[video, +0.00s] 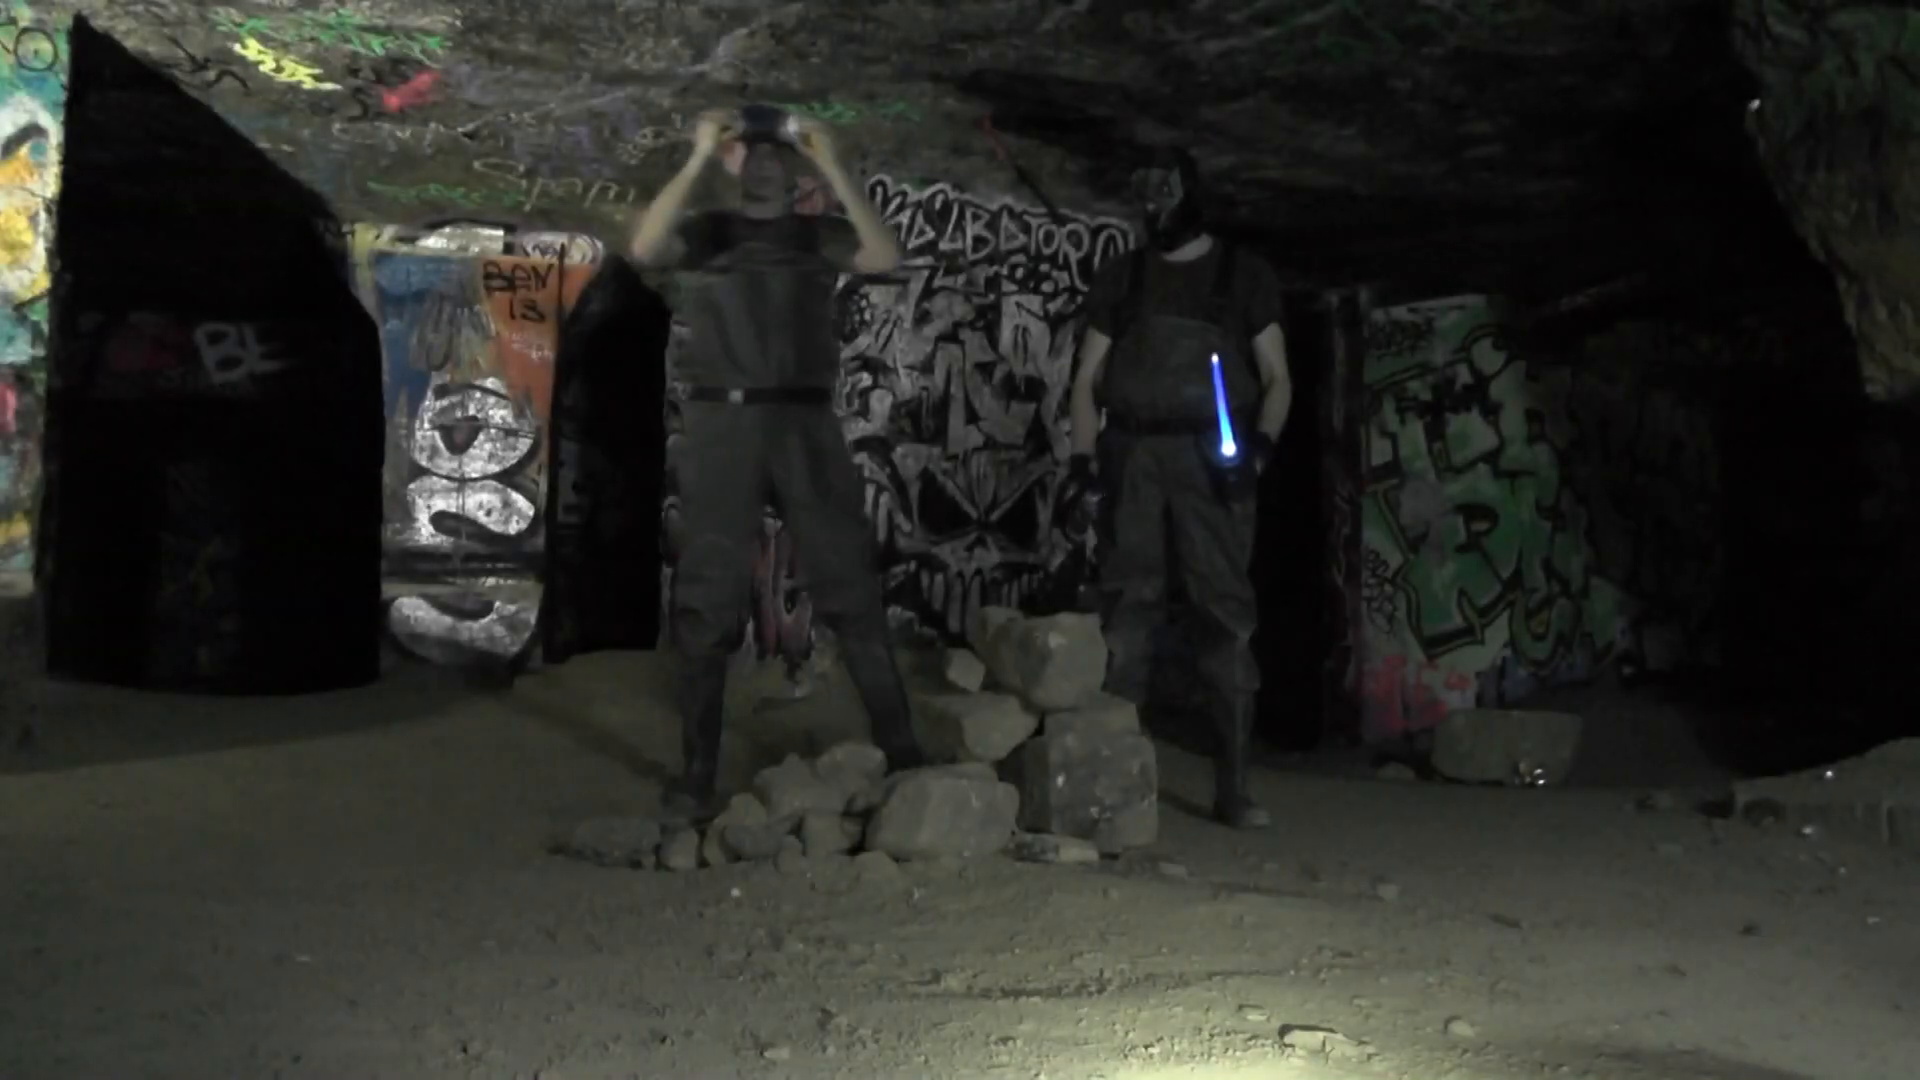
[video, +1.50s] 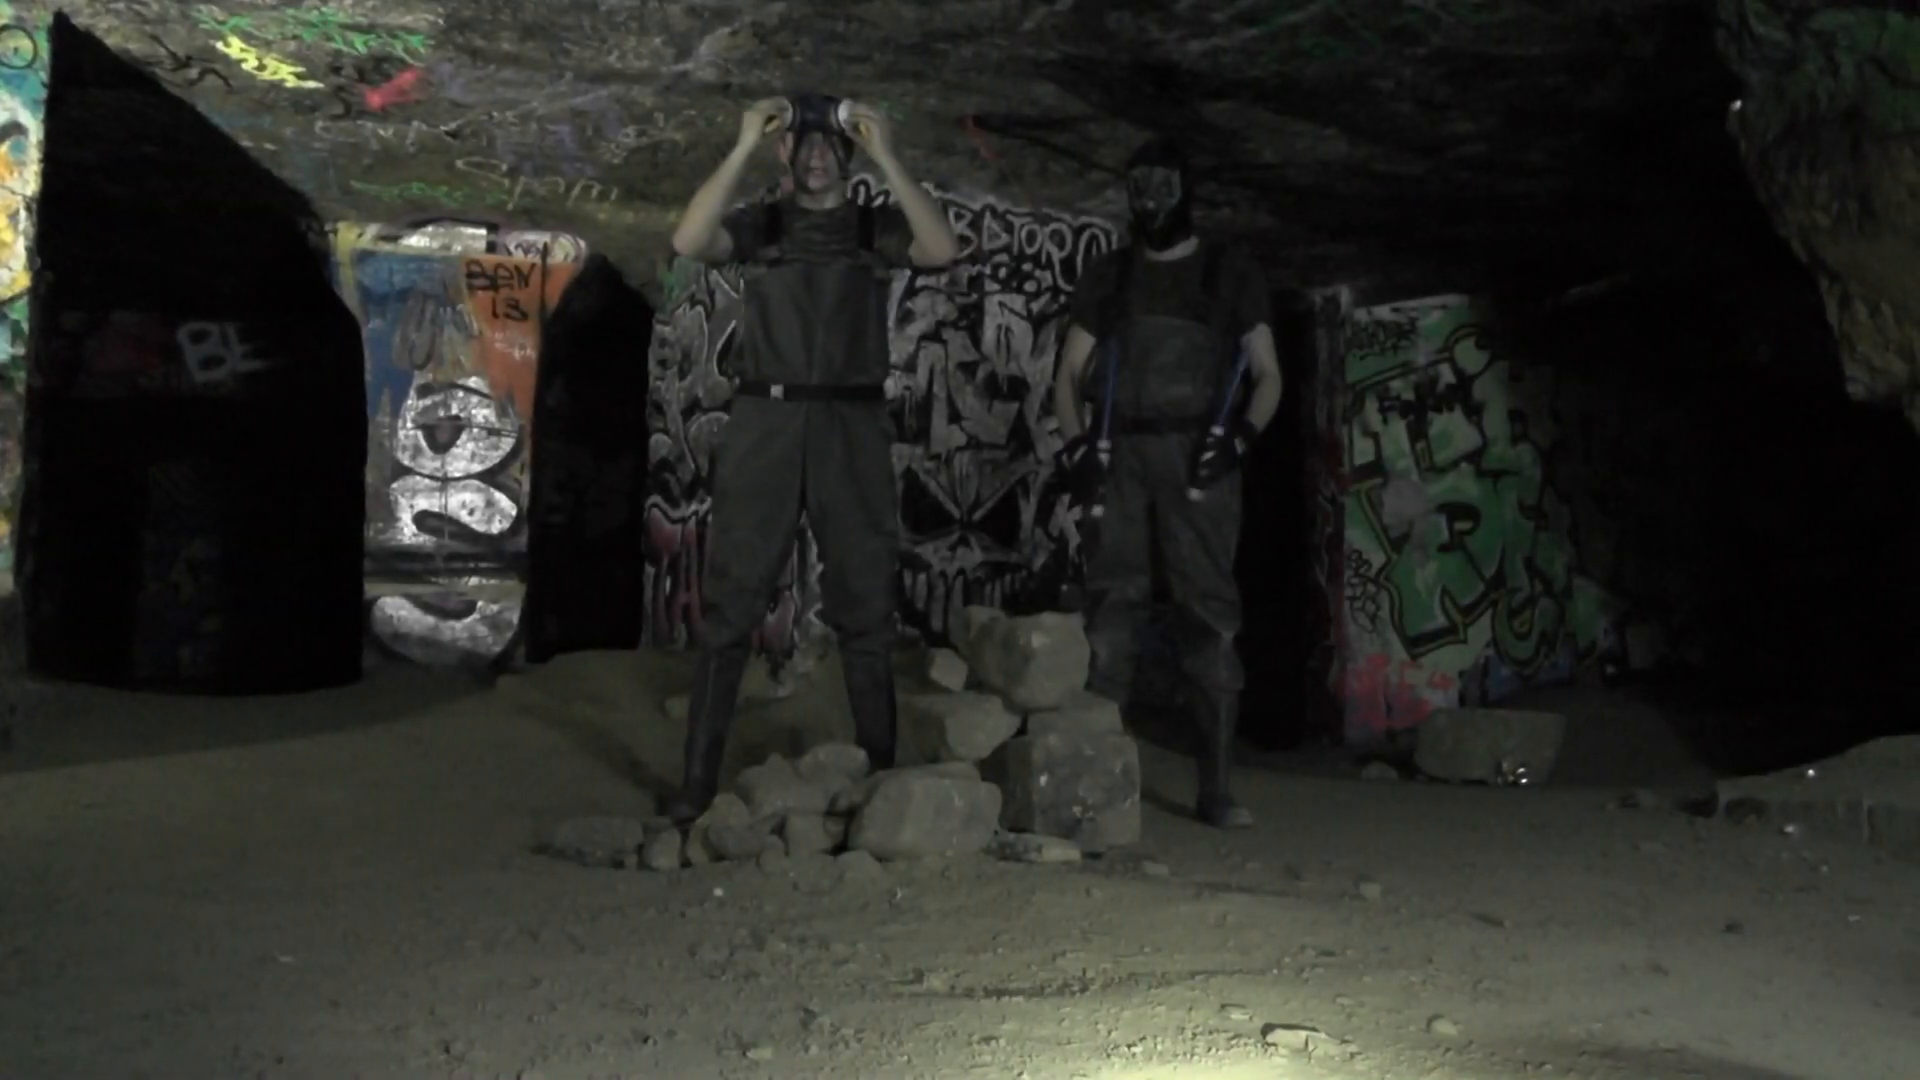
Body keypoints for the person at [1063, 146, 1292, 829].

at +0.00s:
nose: (1152, 203)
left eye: (1163, 190)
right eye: (1145, 192)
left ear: (1192, 195)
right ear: (1137, 200)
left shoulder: (1239, 274)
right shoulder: (1123, 274)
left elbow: (1277, 379)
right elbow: (1086, 378)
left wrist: (1256, 451)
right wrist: (1090, 455)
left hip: (1214, 468)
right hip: (1132, 466)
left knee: (1225, 619)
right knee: (1126, 615)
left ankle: (1233, 787)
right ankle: (1113, 780)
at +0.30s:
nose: (1155, 210)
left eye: (1166, 196)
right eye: (1146, 198)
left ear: (1193, 197)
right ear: (1136, 202)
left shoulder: (1238, 271)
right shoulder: (1124, 275)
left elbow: (1277, 376)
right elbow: (1085, 378)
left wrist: (1253, 448)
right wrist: (1093, 447)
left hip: (1213, 468)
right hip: (1131, 467)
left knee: (1224, 617)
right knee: (1126, 614)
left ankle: (1231, 786)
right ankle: (1112, 780)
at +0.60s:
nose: (1158, 216)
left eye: (1170, 203)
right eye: (1148, 204)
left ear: (1193, 204)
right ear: (1134, 207)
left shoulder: (1234, 273)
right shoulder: (1118, 274)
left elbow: (1271, 377)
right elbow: (1081, 376)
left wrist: (1249, 443)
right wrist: (1087, 454)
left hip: (1210, 464)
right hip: (1129, 466)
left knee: (1218, 615)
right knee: (1122, 613)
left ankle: (1225, 784)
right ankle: (1109, 776)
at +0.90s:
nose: (1160, 215)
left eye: (1172, 202)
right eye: (1149, 203)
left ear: (1194, 203)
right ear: (1134, 205)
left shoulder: (1232, 275)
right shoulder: (1116, 274)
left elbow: (1270, 378)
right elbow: (1075, 377)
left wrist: (1243, 438)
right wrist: (1088, 449)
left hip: (1207, 468)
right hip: (1127, 468)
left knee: (1215, 620)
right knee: (1117, 617)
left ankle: (1221, 787)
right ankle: (1104, 780)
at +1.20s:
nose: (1155, 204)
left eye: (1167, 190)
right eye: (1144, 190)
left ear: (1190, 193)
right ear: (1131, 195)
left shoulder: (1230, 272)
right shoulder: (1116, 273)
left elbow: (1271, 377)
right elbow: (1072, 373)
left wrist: (1242, 436)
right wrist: (1078, 440)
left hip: (1202, 467)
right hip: (1123, 466)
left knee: (1211, 618)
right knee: (1114, 615)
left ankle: (1217, 786)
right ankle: (1099, 779)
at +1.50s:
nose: (1152, 200)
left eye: (1163, 185)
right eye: (1141, 186)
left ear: (1186, 192)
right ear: (1127, 194)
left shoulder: (1226, 272)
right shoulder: (1112, 274)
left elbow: (1268, 376)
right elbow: (1067, 372)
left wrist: (1238, 439)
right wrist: (1078, 447)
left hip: (1198, 469)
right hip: (1119, 471)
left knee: (1209, 619)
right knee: (1112, 617)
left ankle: (1216, 787)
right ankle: (1098, 781)